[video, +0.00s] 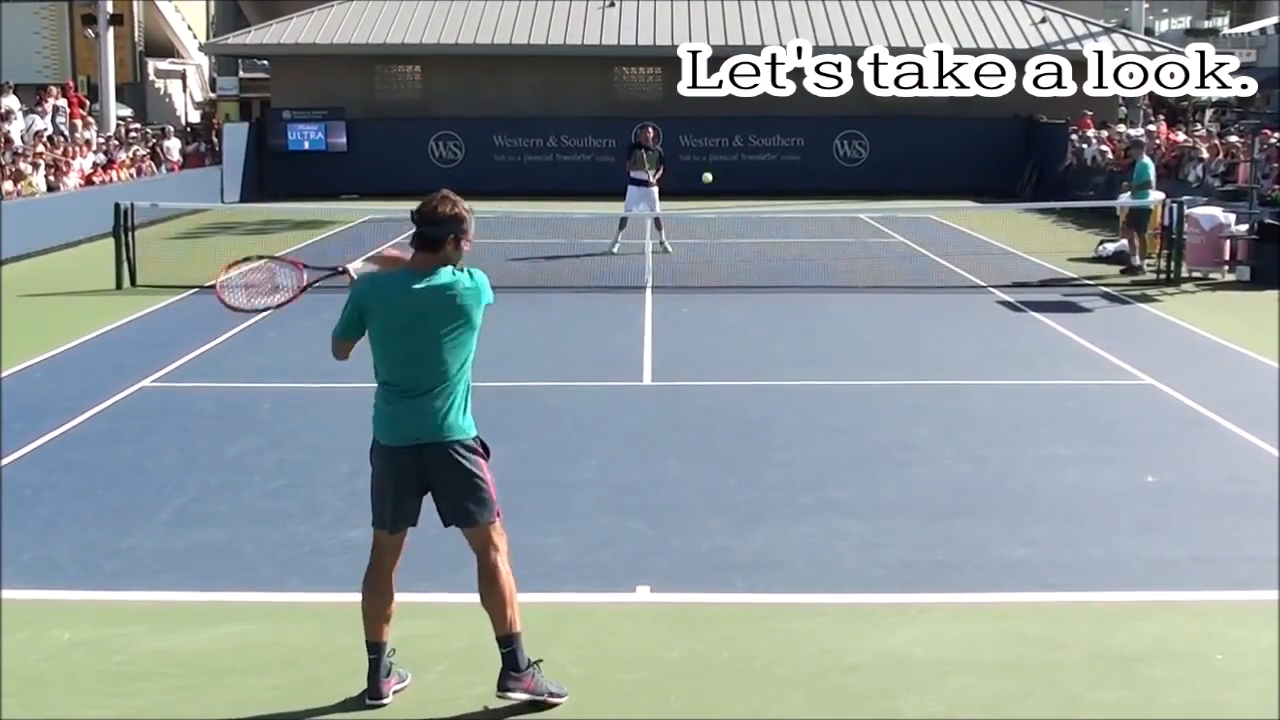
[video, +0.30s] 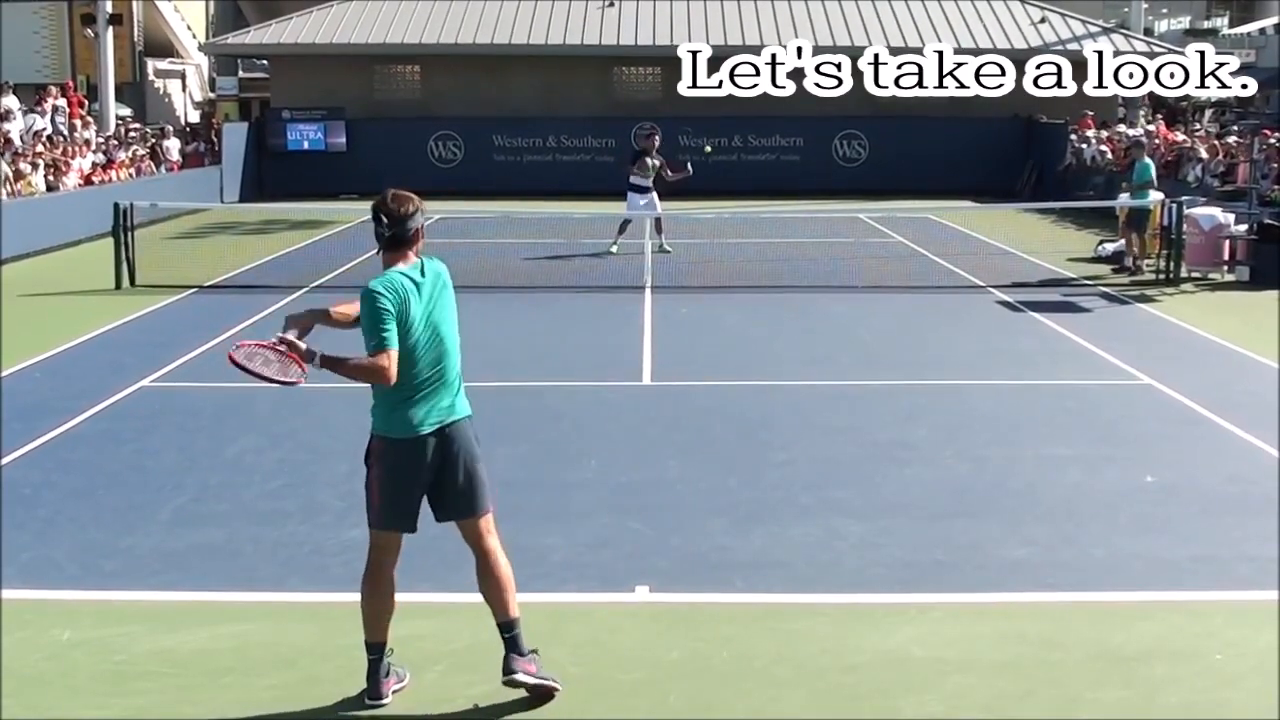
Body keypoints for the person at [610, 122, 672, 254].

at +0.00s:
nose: (647, 135)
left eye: (649, 132)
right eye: (645, 132)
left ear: (653, 135)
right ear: (640, 135)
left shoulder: (658, 151)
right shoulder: (633, 148)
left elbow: (661, 167)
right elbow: (629, 166)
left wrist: (655, 178)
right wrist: (635, 155)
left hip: (650, 184)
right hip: (635, 183)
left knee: (656, 214)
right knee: (626, 213)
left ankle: (663, 240)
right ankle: (616, 240)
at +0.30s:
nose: (654, 143)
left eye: (656, 140)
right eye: (651, 140)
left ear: (659, 143)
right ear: (645, 142)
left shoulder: (659, 160)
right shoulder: (639, 155)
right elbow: (629, 170)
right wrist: (642, 175)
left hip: (650, 191)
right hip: (635, 191)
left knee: (658, 216)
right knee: (629, 218)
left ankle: (662, 244)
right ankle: (615, 242)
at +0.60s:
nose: (660, 146)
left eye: (661, 143)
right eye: (658, 142)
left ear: (662, 145)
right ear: (651, 142)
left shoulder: (659, 162)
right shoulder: (637, 152)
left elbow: (656, 179)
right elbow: (623, 163)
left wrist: (662, 193)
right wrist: (623, 173)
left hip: (648, 189)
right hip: (633, 188)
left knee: (653, 216)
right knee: (634, 215)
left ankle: (661, 243)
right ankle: (629, 244)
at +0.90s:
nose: (650, 141)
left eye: (653, 139)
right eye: (648, 138)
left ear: (654, 142)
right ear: (642, 139)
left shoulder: (654, 159)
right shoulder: (631, 150)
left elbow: (651, 175)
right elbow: (620, 161)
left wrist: (648, 186)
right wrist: (617, 174)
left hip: (642, 188)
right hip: (628, 186)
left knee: (650, 215)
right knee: (629, 215)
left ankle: (653, 241)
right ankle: (627, 244)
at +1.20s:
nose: (650, 139)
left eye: (653, 136)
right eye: (648, 136)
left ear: (656, 139)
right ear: (643, 138)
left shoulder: (658, 156)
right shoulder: (634, 151)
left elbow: (658, 174)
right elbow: (625, 165)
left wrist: (652, 186)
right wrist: (628, 178)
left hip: (649, 187)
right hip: (634, 186)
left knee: (651, 215)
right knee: (632, 214)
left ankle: (653, 241)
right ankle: (628, 242)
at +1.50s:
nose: (650, 136)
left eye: (652, 133)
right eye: (648, 133)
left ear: (655, 136)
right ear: (643, 135)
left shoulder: (659, 151)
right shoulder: (635, 149)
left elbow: (663, 167)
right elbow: (629, 166)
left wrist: (655, 178)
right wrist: (639, 178)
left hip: (651, 186)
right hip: (636, 185)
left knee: (652, 214)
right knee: (630, 212)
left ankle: (652, 240)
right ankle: (624, 239)